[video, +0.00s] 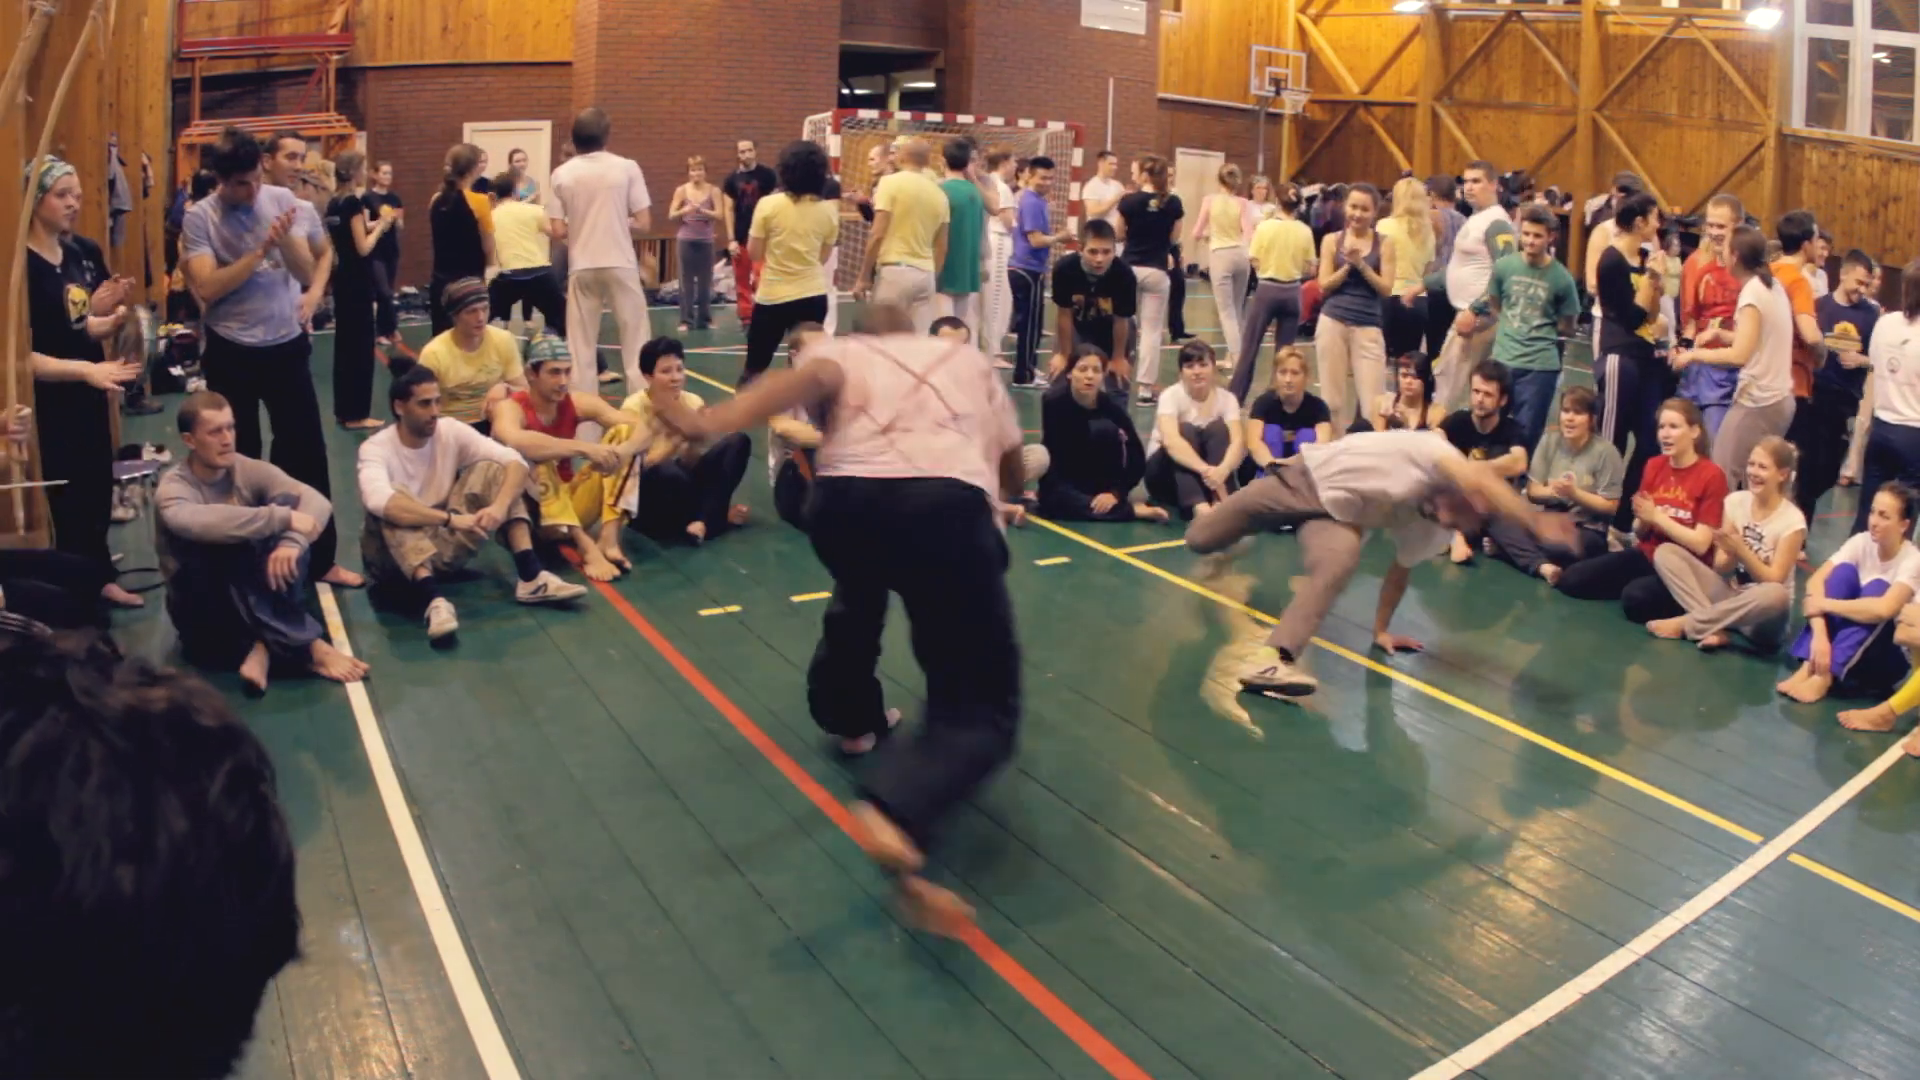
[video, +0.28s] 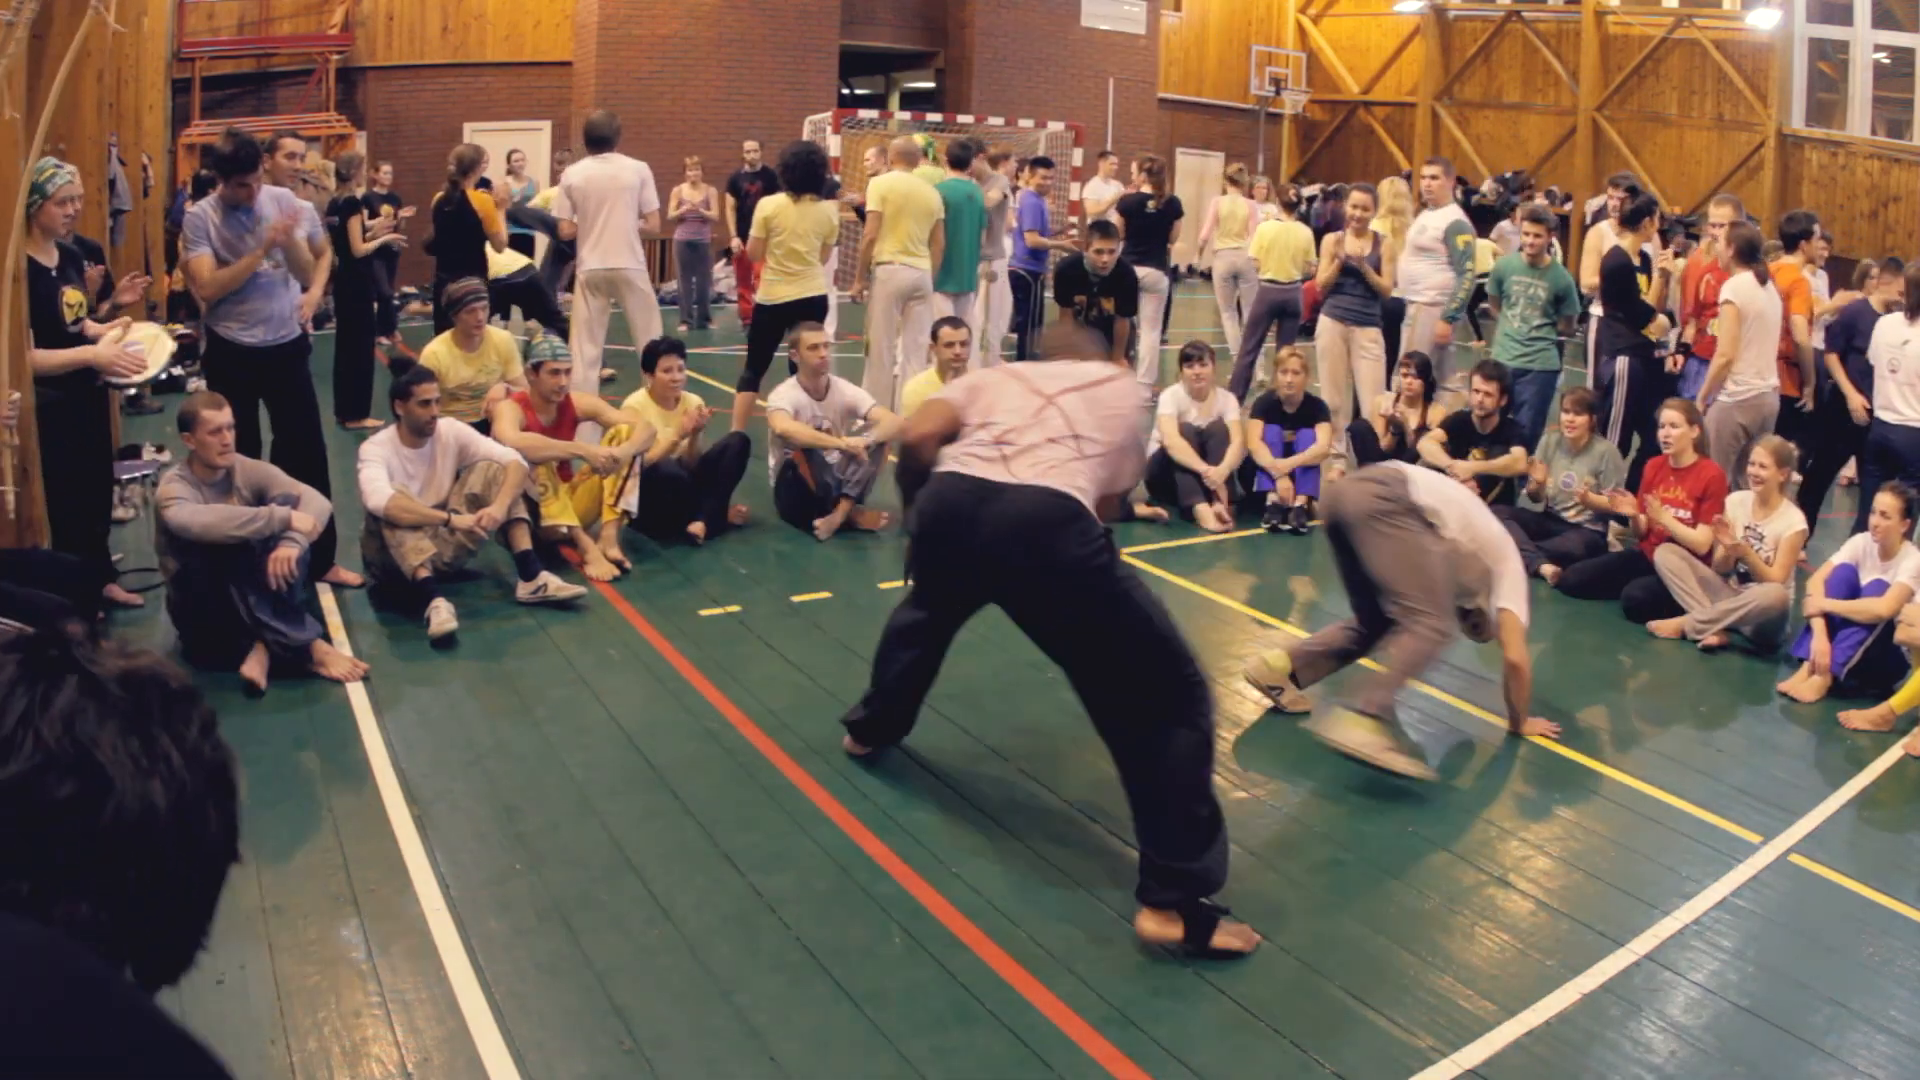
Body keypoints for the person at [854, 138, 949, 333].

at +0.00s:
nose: (894, 157)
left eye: (897, 153)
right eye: (896, 153)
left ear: (902, 157)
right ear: (925, 161)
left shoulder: (890, 182)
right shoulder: (939, 194)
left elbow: (877, 234)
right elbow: (941, 245)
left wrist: (864, 277)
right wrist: (931, 276)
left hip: (894, 269)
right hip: (925, 269)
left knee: (884, 341)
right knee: (921, 343)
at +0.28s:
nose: (885, 162)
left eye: (887, 158)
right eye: (888, 158)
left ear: (891, 159)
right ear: (917, 161)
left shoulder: (880, 184)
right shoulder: (932, 192)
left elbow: (871, 235)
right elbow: (938, 242)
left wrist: (860, 278)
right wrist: (929, 275)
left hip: (889, 266)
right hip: (922, 268)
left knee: (881, 347)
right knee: (916, 349)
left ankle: (878, 416)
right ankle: (912, 418)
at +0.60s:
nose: (869, 159)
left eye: (871, 155)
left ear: (874, 157)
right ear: (901, 158)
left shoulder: (867, 186)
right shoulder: (919, 188)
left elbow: (858, 239)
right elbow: (929, 237)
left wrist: (847, 279)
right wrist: (924, 277)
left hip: (879, 266)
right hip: (912, 267)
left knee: (876, 347)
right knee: (908, 348)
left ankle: (877, 420)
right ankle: (906, 420)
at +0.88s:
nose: (862, 162)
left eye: (863, 157)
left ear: (866, 159)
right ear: (894, 158)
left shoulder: (859, 189)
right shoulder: (914, 187)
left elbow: (851, 242)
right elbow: (926, 234)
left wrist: (842, 283)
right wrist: (915, 265)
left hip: (874, 266)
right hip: (908, 266)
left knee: (873, 345)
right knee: (904, 345)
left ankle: (878, 417)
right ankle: (906, 413)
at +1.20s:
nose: (863, 161)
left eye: (865, 156)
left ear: (868, 158)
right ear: (895, 157)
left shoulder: (861, 188)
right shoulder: (914, 188)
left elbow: (853, 240)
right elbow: (924, 235)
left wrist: (842, 283)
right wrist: (919, 270)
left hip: (878, 265)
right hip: (911, 265)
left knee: (875, 345)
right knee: (909, 345)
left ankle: (877, 414)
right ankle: (906, 412)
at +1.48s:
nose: (873, 157)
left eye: (875, 154)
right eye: (876, 153)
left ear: (878, 156)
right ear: (903, 157)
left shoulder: (871, 185)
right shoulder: (921, 189)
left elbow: (862, 237)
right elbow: (932, 235)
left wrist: (850, 281)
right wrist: (921, 271)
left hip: (883, 265)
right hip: (914, 265)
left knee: (877, 343)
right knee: (910, 344)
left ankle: (877, 413)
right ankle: (906, 413)